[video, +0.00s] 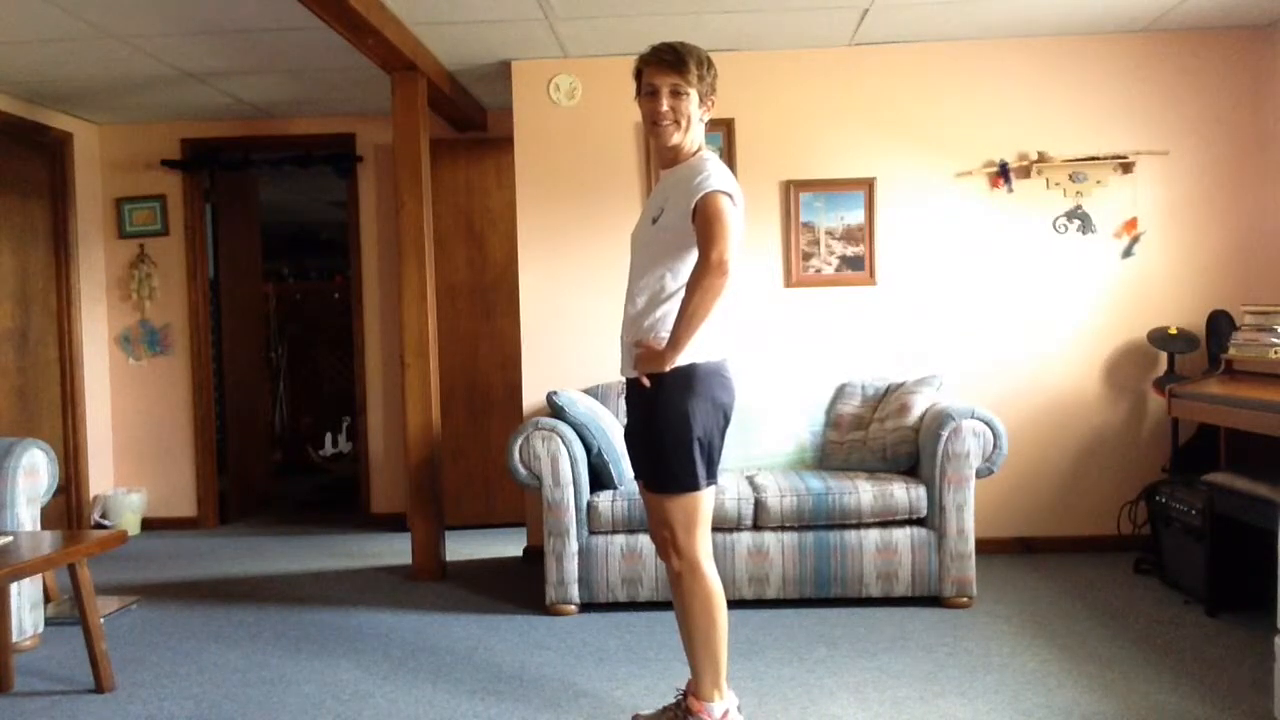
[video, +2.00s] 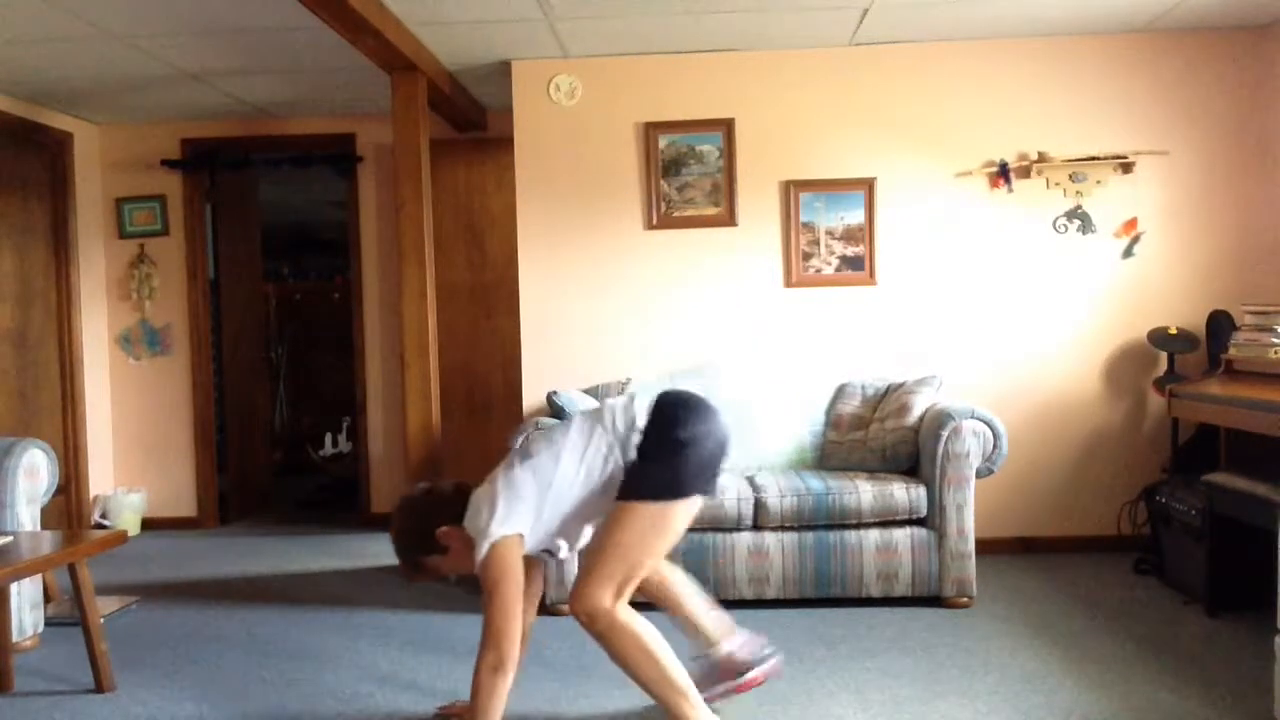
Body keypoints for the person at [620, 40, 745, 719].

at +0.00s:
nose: (661, 105)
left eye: (676, 93)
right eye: (650, 93)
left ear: (703, 103)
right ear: (638, 102)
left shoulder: (705, 173)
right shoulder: (668, 181)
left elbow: (718, 261)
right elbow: (666, 274)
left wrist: (670, 350)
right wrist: (643, 351)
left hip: (680, 379)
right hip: (654, 379)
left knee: (687, 549)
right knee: (672, 547)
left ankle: (713, 699)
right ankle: (705, 693)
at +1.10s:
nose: (576, 158)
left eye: (579, 142)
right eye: (571, 145)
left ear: (618, 125)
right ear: (621, 128)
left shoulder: (657, 184)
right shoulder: (663, 181)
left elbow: (637, 279)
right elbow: (640, 284)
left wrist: (579, 361)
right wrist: (577, 361)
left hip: (701, 376)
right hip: (707, 373)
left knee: (665, 541)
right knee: (681, 540)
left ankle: (707, 693)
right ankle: (708, 676)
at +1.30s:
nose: (523, 241)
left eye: (525, 226)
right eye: (518, 229)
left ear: (556, 210)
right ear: (559, 210)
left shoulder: (601, 252)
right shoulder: (607, 245)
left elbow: (569, 364)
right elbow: (579, 364)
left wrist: (521, 451)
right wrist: (534, 441)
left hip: (734, 399)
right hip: (735, 397)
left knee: (668, 556)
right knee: (678, 550)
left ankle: (713, 703)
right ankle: (706, 678)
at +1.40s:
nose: (486, 348)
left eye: (487, 333)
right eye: (480, 336)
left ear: (521, 314)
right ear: (524, 311)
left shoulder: (566, 354)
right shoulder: (581, 341)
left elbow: (536, 479)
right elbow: (551, 473)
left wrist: (479, 585)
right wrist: (512, 539)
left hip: (750, 428)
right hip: (760, 420)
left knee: (646, 572)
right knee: (672, 557)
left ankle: (705, 711)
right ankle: (709, 684)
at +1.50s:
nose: (477, 415)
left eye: (477, 401)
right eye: (471, 404)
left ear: (507, 382)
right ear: (510, 377)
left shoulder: (557, 415)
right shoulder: (564, 392)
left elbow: (523, 543)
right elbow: (535, 532)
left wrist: (469, 650)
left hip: (754, 443)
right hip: (754, 434)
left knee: (639, 578)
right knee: (658, 555)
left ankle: (706, 714)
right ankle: (707, 683)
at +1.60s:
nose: (467, 497)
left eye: (467, 484)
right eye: (461, 486)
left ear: (492, 464)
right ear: (498, 452)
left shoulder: (546, 479)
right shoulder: (545, 443)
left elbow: (511, 620)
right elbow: (519, 597)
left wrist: (470, 710)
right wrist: (488, 662)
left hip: (745, 471)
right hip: (744, 455)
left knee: (620, 590)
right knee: (638, 546)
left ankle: (700, 712)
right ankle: (705, 679)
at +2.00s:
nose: (457, 577)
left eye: (445, 569)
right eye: (447, 574)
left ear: (450, 538)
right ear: (458, 523)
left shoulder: (496, 516)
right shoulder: (513, 503)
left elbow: (498, 656)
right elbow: (519, 621)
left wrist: (480, 714)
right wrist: (486, 704)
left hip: (674, 429)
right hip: (687, 419)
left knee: (595, 602)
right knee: (637, 564)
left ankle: (696, 713)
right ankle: (736, 649)